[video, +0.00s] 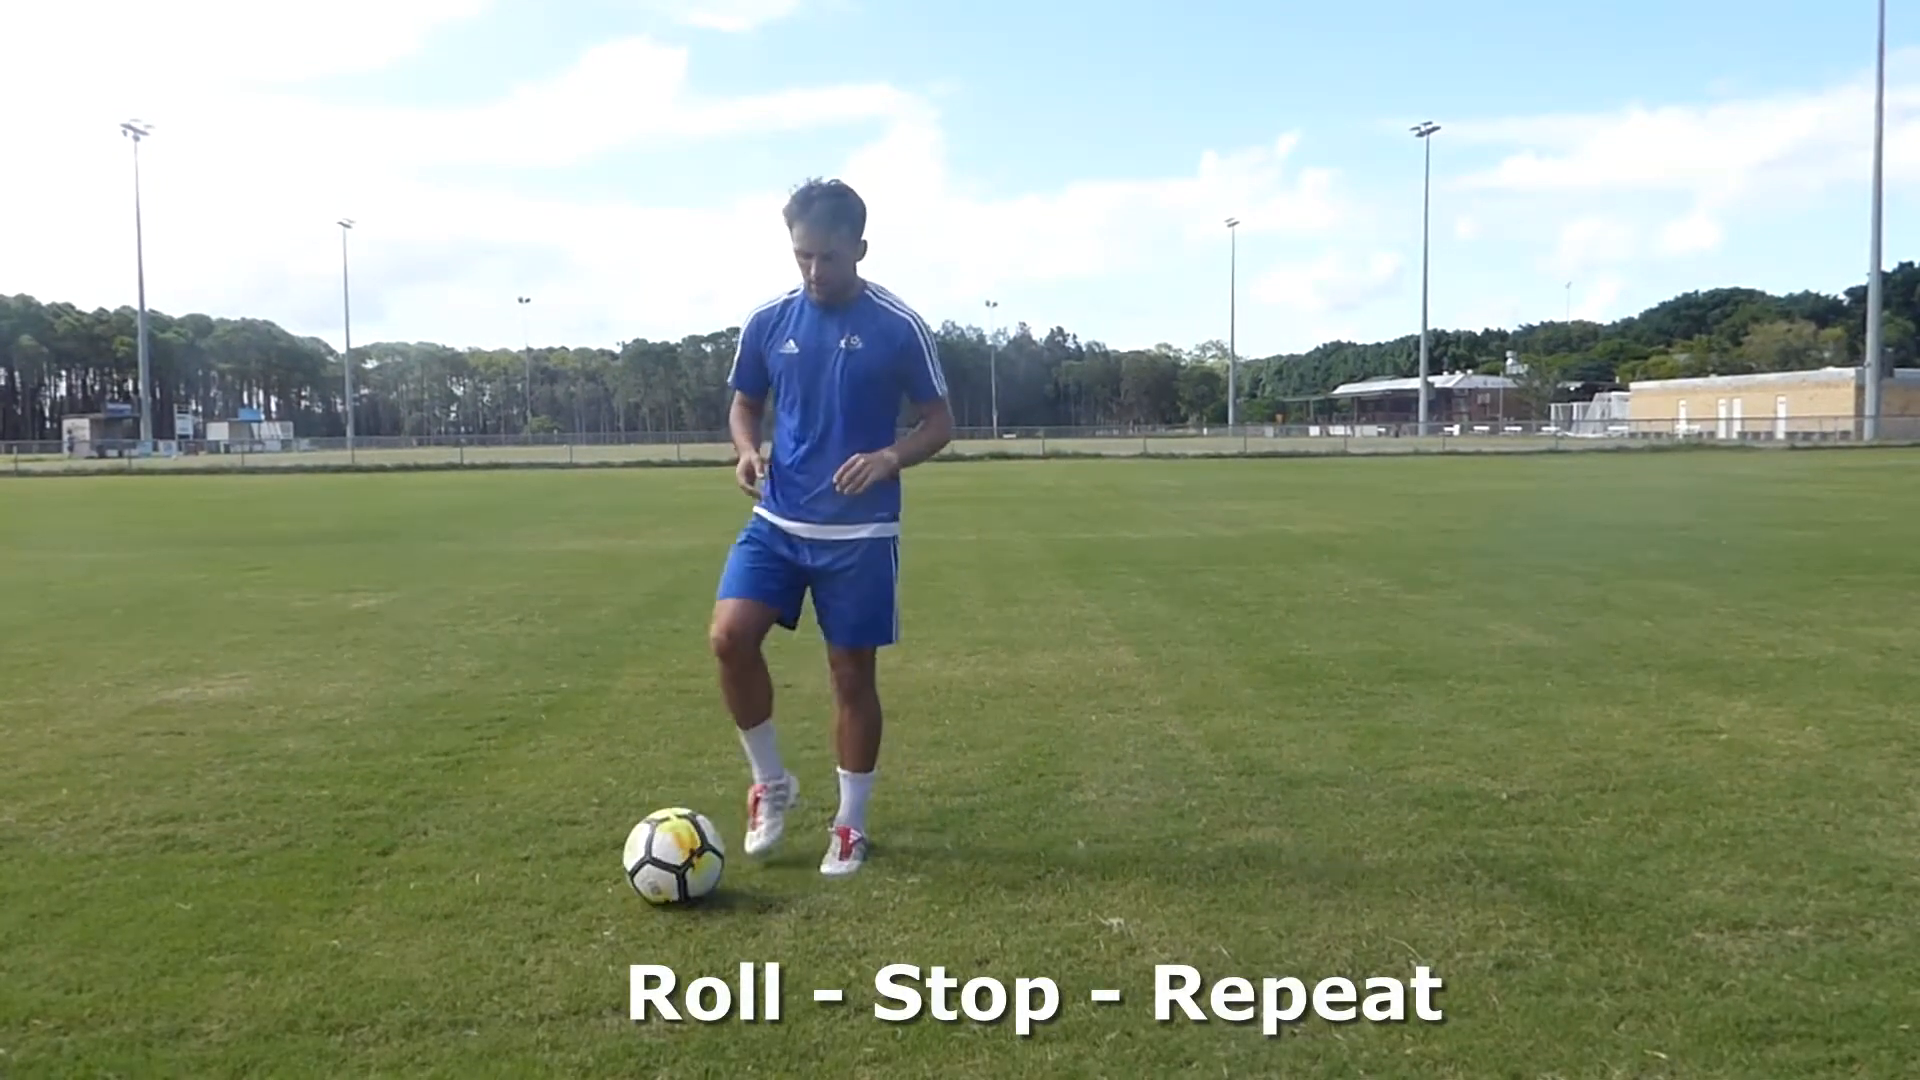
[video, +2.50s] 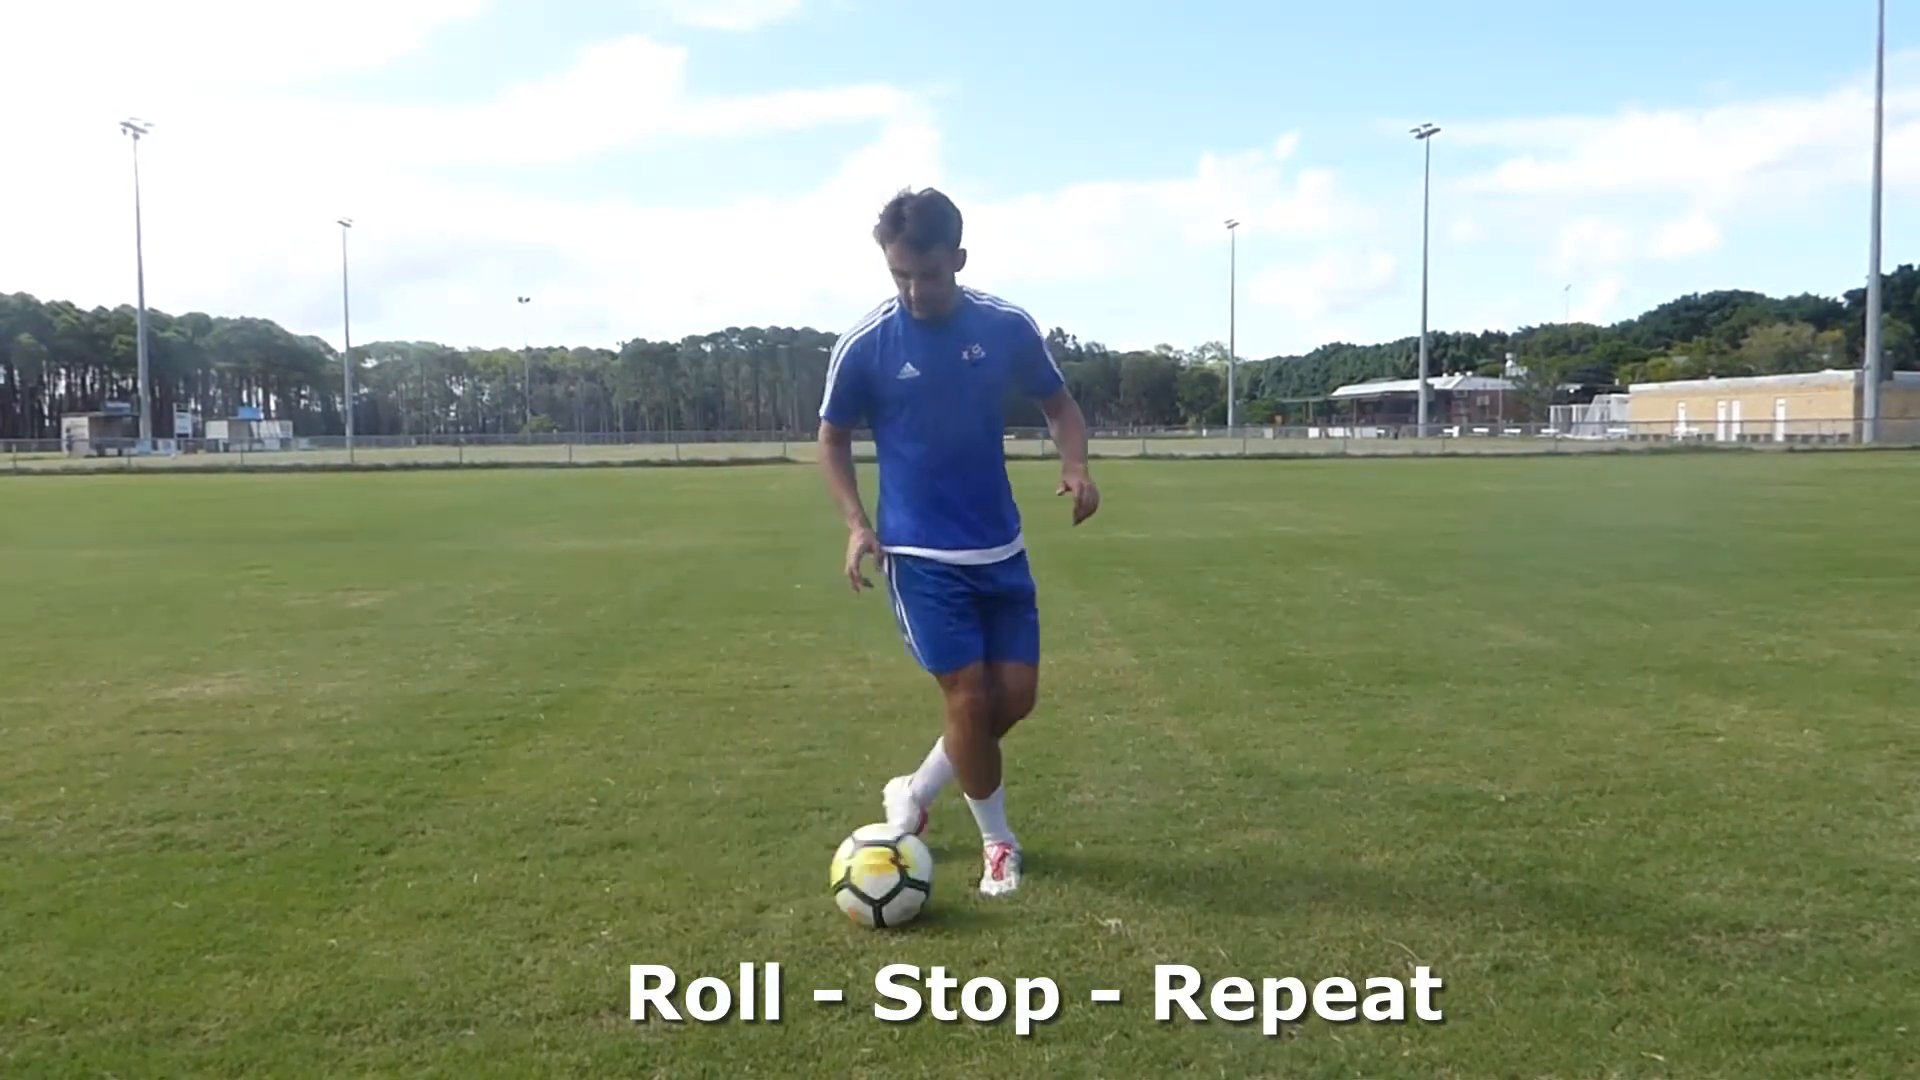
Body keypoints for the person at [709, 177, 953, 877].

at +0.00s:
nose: (816, 272)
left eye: (829, 257)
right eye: (804, 256)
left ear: (859, 247)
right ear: (790, 248)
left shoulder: (899, 326)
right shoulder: (768, 323)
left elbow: (939, 422)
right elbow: (744, 405)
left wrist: (889, 457)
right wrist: (749, 447)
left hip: (857, 534)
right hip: (776, 524)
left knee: (851, 678)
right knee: (729, 637)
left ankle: (849, 825)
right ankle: (770, 783)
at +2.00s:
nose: (886, 282)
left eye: (901, 268)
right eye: (875, 265)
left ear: (931, 257)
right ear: (862, 249)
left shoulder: (958, 335)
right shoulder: (826, 316)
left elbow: (973, 412)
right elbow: (767, 408)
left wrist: (989, 489)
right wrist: (764, 477)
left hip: (891, 539)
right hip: (805, 515)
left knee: (867, 688)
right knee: (730, 620)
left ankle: (841, 830)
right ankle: (677, 792)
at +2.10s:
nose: (888, 284)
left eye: (903, 270)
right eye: (877, 268)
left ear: (934, 258)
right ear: (863, 252)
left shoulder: (964, 333)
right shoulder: (830, 321)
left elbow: (980, 409)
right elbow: (774, 412)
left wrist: (997, 479)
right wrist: (776, 483)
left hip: (907, 537)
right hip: (823, 517)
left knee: (873, 689)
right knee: (771, 630)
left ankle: (843, 829)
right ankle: (729, 803)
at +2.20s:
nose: (890, 285)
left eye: (905, 270)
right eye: (878, 269)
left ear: (936, 256)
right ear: (864, 254)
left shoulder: (975, 332)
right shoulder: (833, 326)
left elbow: (1001, 406)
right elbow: (787, 413)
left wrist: (1015, 480)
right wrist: (794, 489)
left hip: (923, 537)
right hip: (842, 518)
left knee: (883, 685)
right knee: (834, 639)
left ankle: (847, 829)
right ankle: (820, 815)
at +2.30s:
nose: (891, 288)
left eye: (905, 273)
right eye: (879, 272)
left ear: (936, 256)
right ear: (865, 258)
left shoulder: (983, 332)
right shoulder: (837, 334)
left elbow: (1029, 409)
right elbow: (800, 421)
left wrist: (1040, 487)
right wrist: (812, 494)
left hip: (944, 547)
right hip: (863, 538)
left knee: (897, 695)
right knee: (893, 673)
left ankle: (846, 826)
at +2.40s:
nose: (896, 288)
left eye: (910, 273)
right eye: (885, 273)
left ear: (944, 257)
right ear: (873, 262)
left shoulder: (994, 330)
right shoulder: (848, 344)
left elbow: (1048, 404)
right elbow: (817, 428)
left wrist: (1060, 476)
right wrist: (834, 511)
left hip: (972, 547)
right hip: (892, 548)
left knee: (937, 699)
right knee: (945, 692)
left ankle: (859, 824)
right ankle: (989, 840)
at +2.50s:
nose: (915, 290)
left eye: (929, 274)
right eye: (901, 275)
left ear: (958, 258)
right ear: (886, 263)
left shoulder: (1009, 327)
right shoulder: (862, 349)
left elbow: (1059, 404)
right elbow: (833, 439)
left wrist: (1074, 462)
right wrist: (857, 524)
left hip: (1000, 545)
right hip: (918, 552)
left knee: (1014, 696)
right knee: (968, 695)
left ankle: (913, 793)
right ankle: (999, 844)